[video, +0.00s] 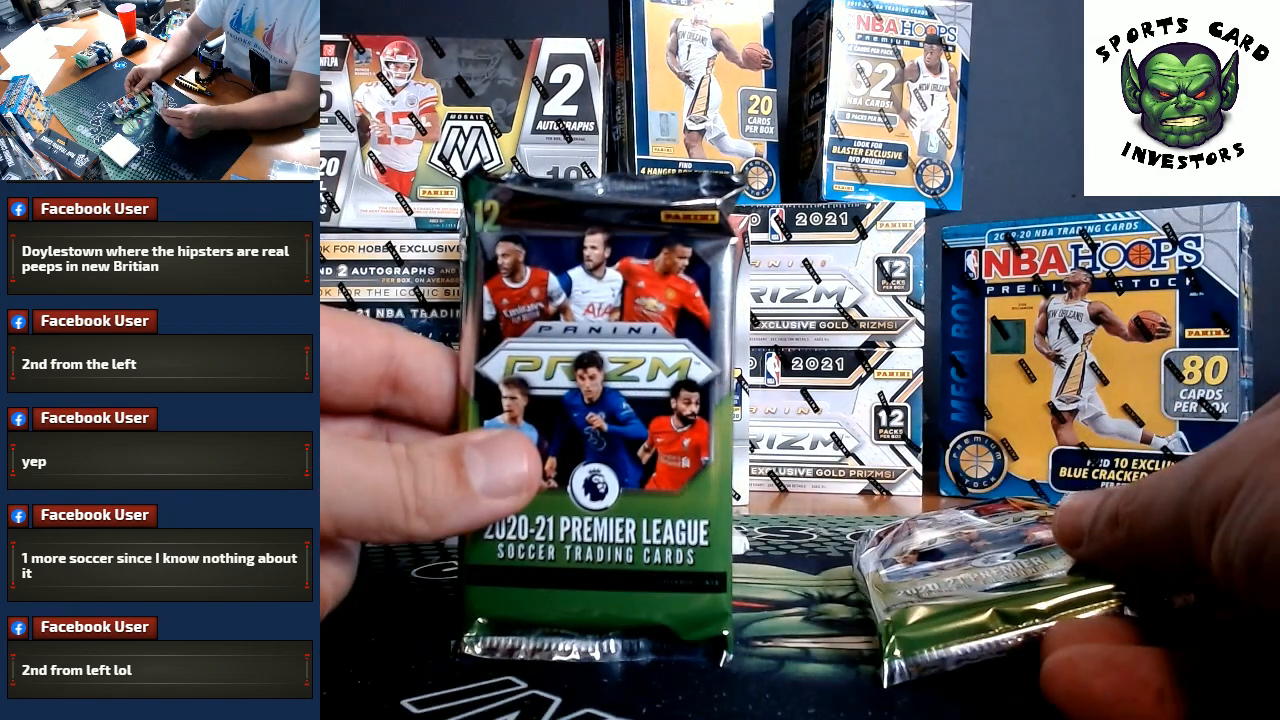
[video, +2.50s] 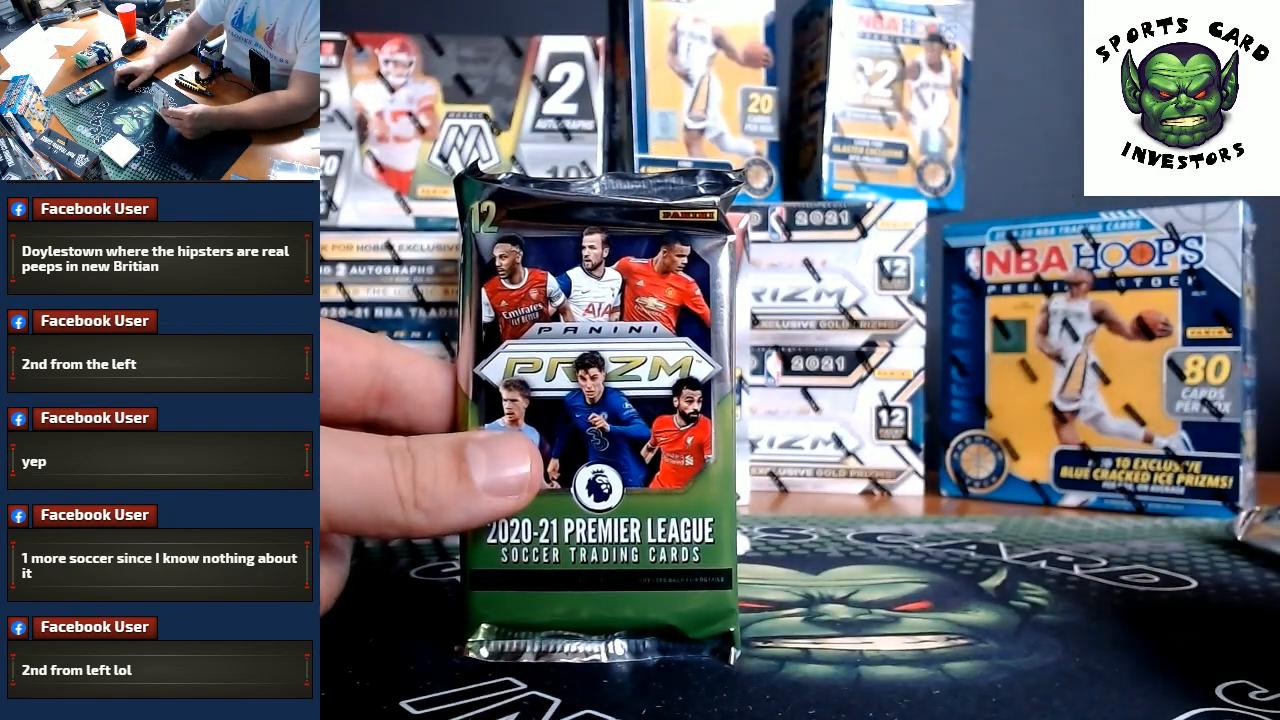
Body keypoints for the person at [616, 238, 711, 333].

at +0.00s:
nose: (686, 264)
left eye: (688, 259)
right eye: (681, 258)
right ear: (665, 253)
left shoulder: (686, 286)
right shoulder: (630, 266)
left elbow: (710, 321)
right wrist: (612, 310)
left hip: (663, 349)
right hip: (628, 346)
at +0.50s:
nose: (679, 261)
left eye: (681, 256)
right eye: (674, 255)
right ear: (658, 252)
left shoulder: (680, 284)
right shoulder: (622, 265)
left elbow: (705, 319)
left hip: (657, 347)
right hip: (622, 344)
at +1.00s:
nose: (678, 261)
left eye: (680, 256)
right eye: (673, 256)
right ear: (657, 252)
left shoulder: (679, 284)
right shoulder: (622, 265)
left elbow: (702, 318)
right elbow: (595, 285)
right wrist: (606, 308)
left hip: (657, 346)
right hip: (622, 343)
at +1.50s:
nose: (690, 263)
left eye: (692, 258)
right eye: (685, 258)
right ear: (669, 254)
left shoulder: (691, 287)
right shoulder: (634, 267)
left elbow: (716, 322)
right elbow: (606, 285)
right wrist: (619, 311)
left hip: (668, 348)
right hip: (633, 345)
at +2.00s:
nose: (688, 263)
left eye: (690, 258)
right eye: (683, 258)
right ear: (667, 254)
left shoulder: (689, 286)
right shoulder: (633, 267)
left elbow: (714, 321)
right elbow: (605, 286)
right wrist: (617, 310)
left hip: (667, 347)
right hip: (632, 344)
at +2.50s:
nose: (685, 262)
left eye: (686, 256)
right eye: (680, 256)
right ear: (664, 252)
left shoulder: (686, 285)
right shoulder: (629, 266)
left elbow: (711, 319)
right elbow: (602, 285)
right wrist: (613, 311)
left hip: (664, 346)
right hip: (629, 344)